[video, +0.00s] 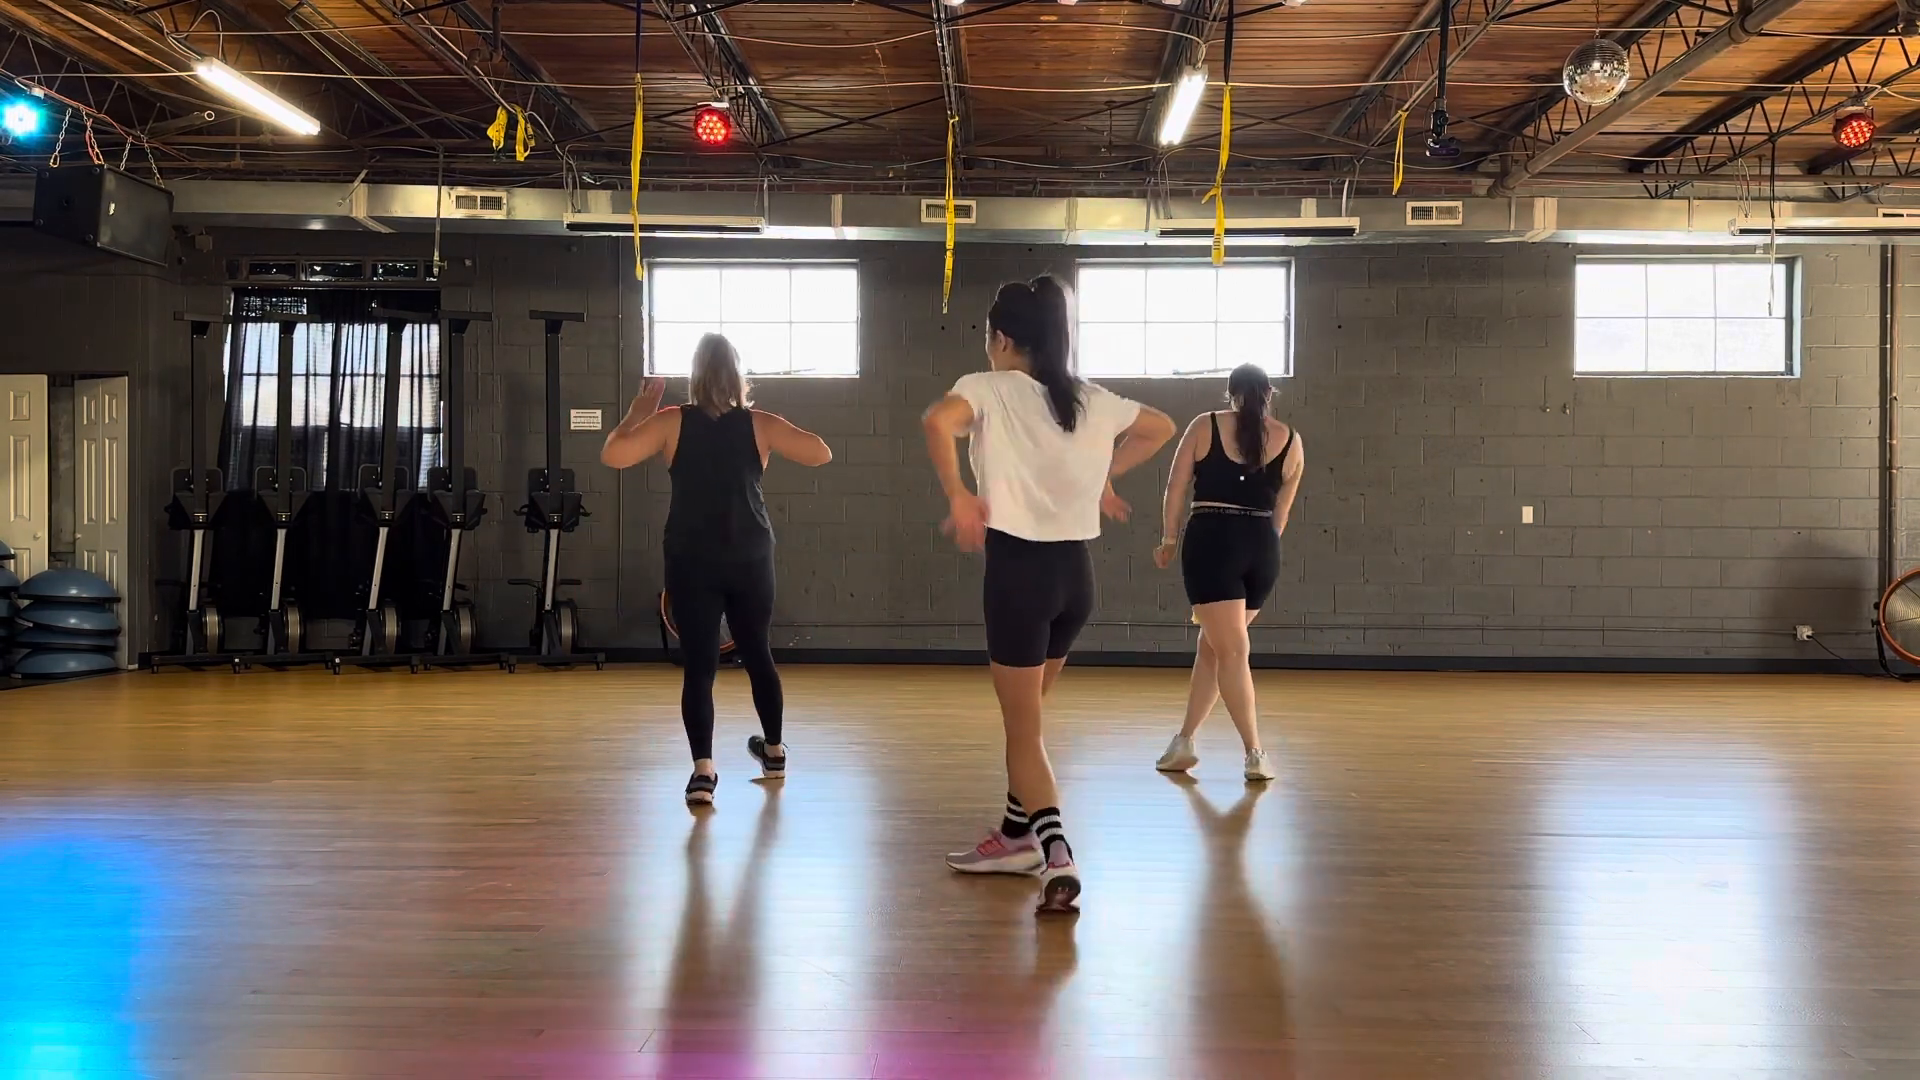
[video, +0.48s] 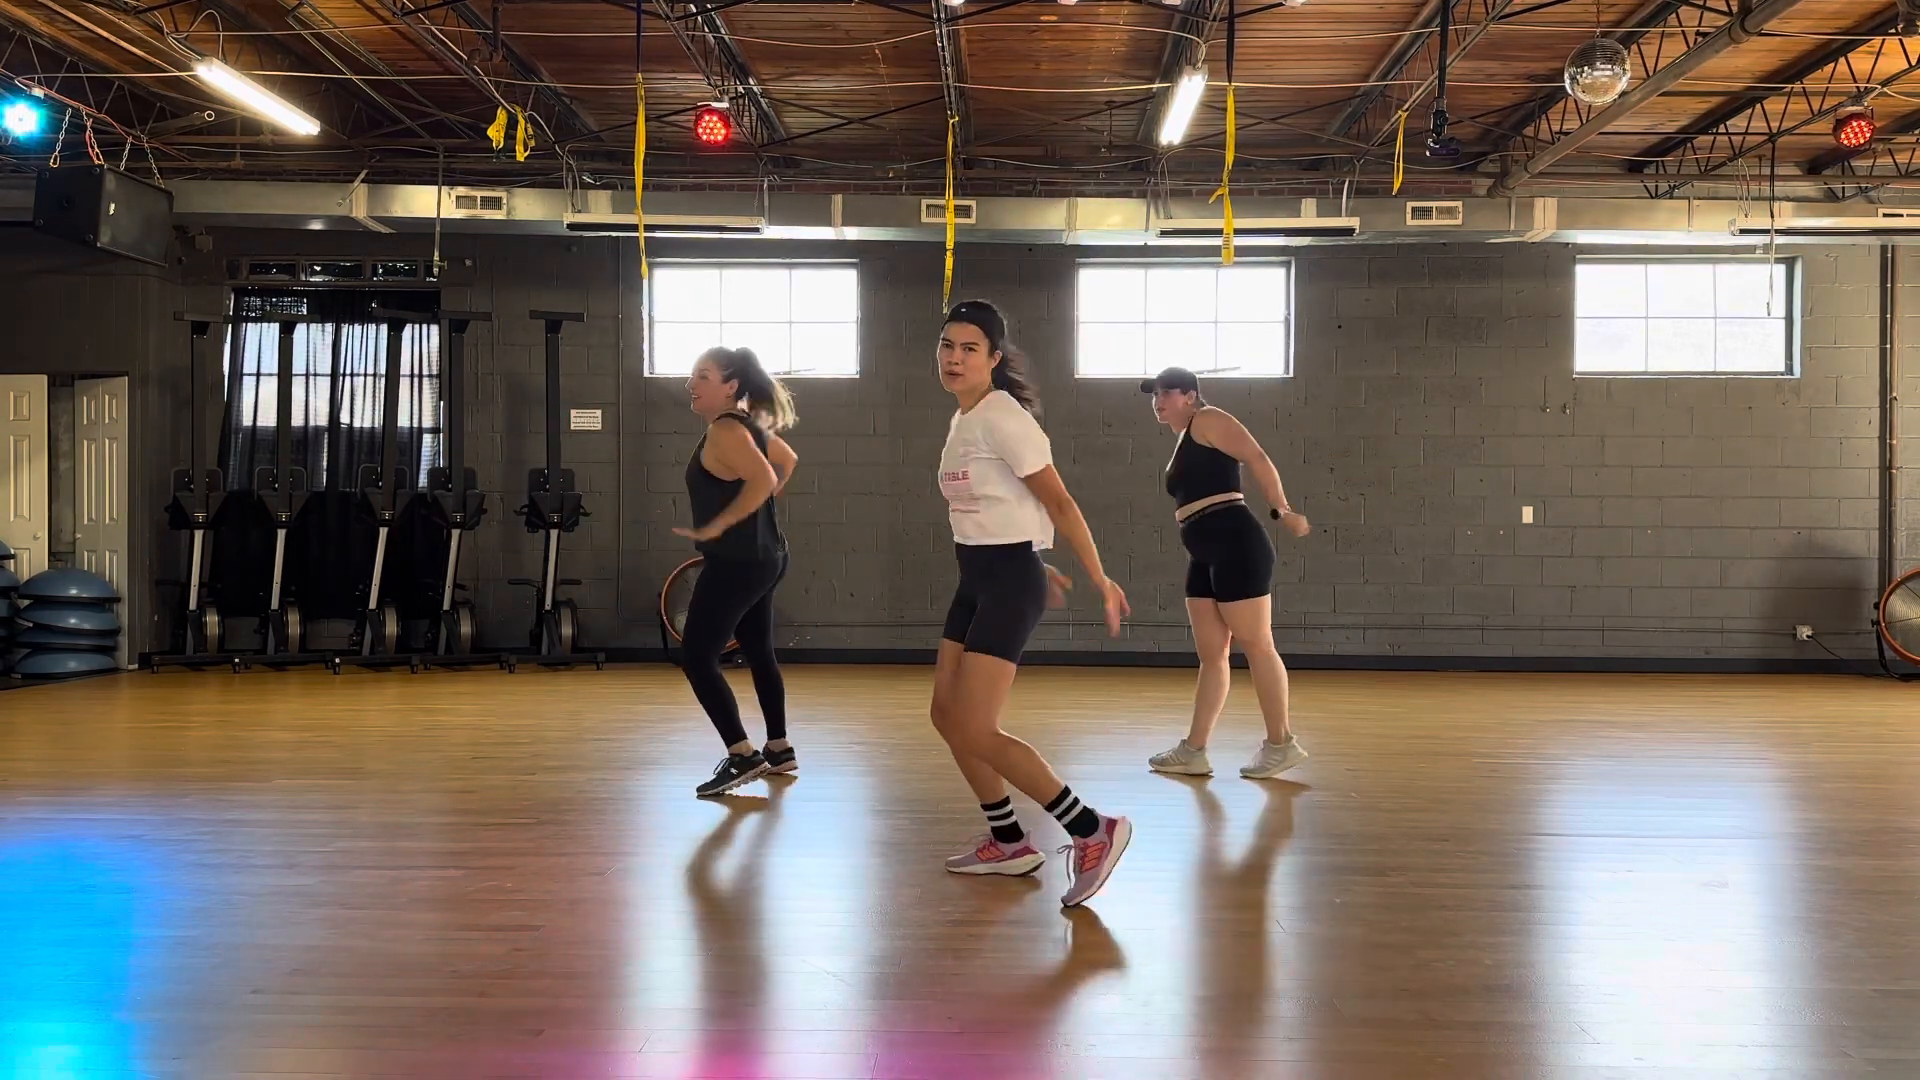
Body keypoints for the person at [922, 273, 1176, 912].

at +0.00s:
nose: (986, 344)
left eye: (990, 334)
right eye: (989, 334)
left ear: (1007, 338)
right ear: (1053, 338)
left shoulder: (989, 386)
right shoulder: (1091, 398)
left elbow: (939, 420)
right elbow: (1160, 426)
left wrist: (958, 493)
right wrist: (1102, 474)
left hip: (1017, 572)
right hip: (1076, 574)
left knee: (1023, 724)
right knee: (1027, 714)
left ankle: (1057, 855)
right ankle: (1015, 835)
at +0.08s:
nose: (976, 354)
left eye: (980, 343)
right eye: (978, 343)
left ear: (1000, 347)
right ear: (1040, 348)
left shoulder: (979, 397)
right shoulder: (1075, 406)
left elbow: (968, 455)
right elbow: (1145, 447)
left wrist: (993, 528)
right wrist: (1098, 502)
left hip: (1014, 575)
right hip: (1067, 577)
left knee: (1014, 733)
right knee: (1015, 718)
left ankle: (1061, 847)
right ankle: (1016, 838)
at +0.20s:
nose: (958, 353)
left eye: (965, 343)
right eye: (960, 342)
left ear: (994, 350)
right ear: (1015, 353)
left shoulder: (974, 401)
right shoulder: (1055, 411)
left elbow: (996, 473)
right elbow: (1124, 464)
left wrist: (1030, 557)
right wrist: (1095, 527)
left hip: (1008, 568)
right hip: (1053, 568)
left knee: (1005, 733)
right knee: (995, 708)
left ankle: (1068, 837)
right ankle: (1015, 840)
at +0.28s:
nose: (948, 352)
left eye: (960, 342)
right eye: (950, 340)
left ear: (997, 352)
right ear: (1002, 355)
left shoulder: (977, 407)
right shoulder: (1037, 412)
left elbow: (1018, 488)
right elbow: (1098, 474)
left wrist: (1054, 567)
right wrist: (1089, 544)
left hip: (1007, 571)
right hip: (1032, 567)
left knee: (994, 735)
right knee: (975, 704)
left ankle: (1076, 834)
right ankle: (1013, 842)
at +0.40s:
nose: (949, 355)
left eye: (964, 344)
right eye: (946, 344)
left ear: (996, 354)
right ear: (950, 351)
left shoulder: (996, 408)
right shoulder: (988, 408)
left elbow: (1048, 498)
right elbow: (1048, 495)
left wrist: (1081, 576)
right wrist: (1078, 575)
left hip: (1011, 576)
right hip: (996, 573)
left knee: (977, 727)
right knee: (958, 708)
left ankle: (1089, 831)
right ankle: (1011, 840)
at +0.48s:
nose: (952, 356)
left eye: (967, 347)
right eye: (946, 345)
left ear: (994, 359)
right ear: (939, 353)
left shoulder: (1005, 419)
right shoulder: (965, 418)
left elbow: (1063, 505)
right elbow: (993, 503)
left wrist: (1100, 579)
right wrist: (1033, 563)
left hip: (1010, 578)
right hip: (979, 574)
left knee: (975, 728)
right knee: (946, 711)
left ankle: (1092, 831)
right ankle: (1010, 839)